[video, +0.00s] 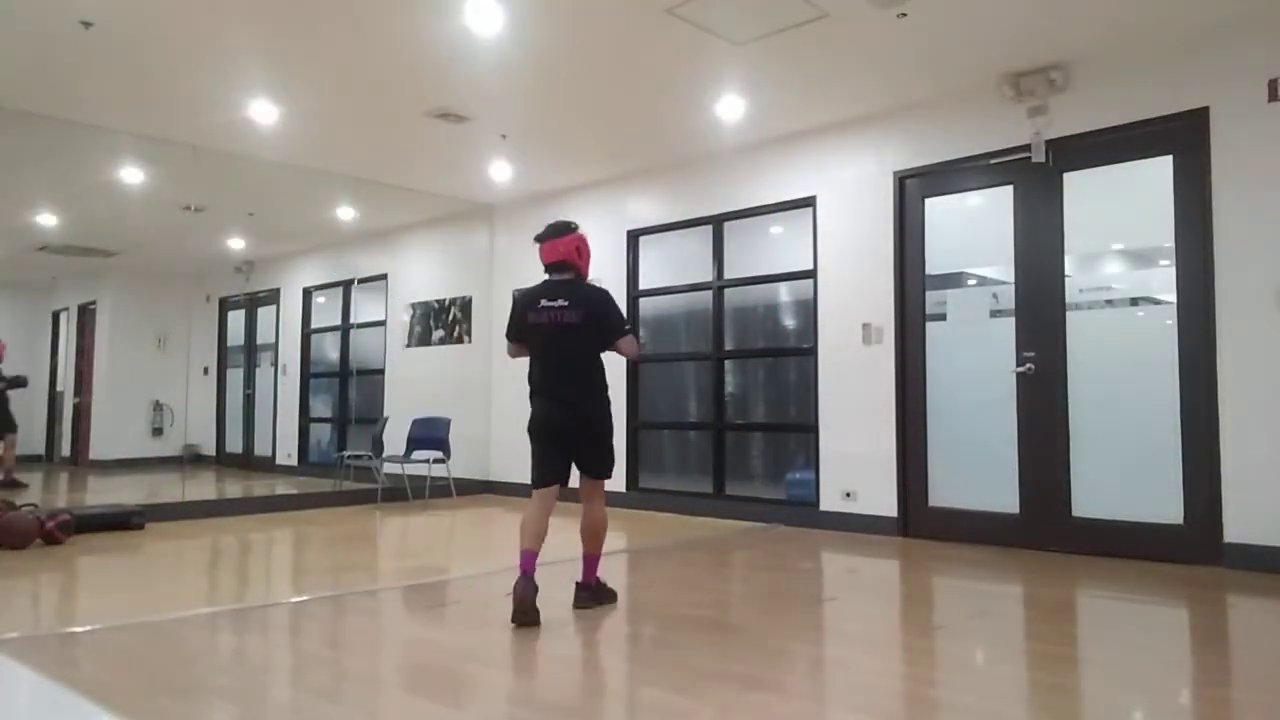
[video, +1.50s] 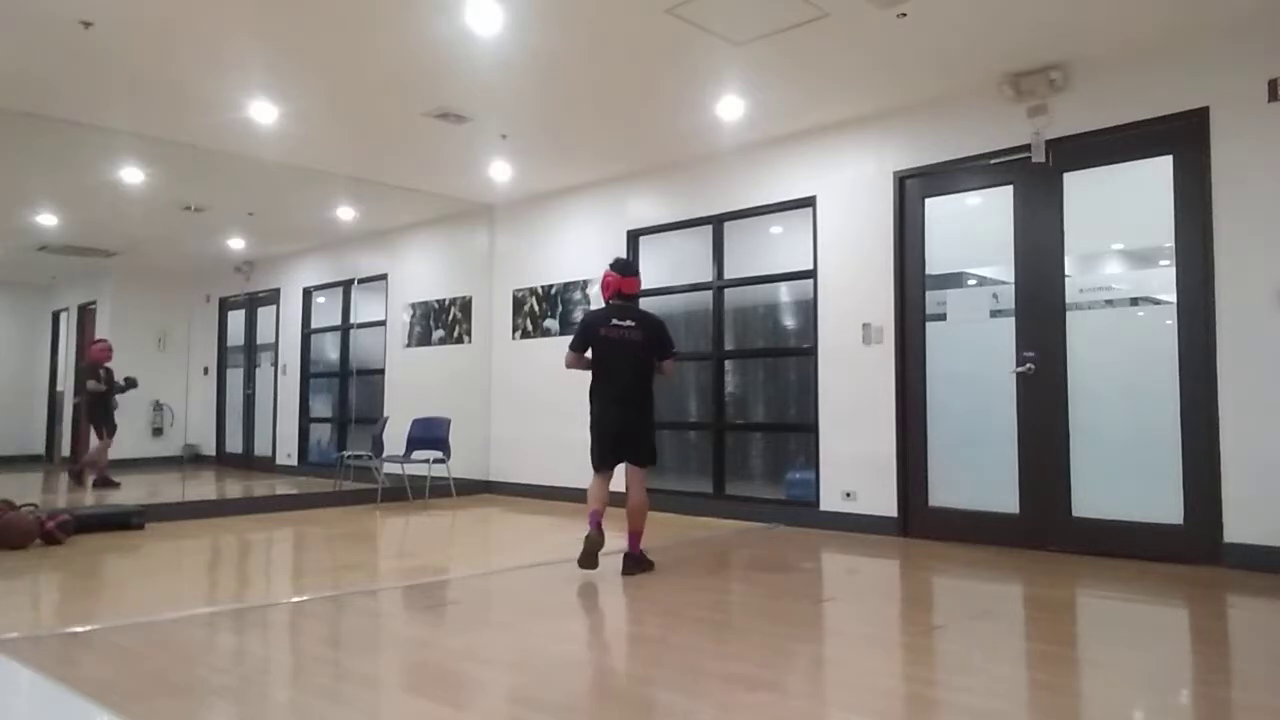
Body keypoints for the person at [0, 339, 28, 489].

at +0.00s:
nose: (4, 353)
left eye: (4, 350)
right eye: (3, 350)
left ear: (3, 352)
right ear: (2, 352)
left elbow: (2, 381)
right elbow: (3, 383)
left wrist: (13, 381)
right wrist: (14, 382)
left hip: (4, 407)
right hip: (3, 408)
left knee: (10, 435)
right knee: (10, 435)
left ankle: (8, 475)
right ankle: (7, 476)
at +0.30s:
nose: (27, 351)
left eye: (27, 348)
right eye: (24, 348)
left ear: (17, 351)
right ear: (17, 350)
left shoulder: (24, 368)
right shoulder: (7, 367)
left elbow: (27, 382)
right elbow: (6, 386)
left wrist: (37, 379)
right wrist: (26, 382)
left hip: (22, 407)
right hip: (11, 408)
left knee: (17, 440)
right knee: (25, 439)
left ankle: (10, 476)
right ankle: (12, 476)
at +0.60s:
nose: (48, 353)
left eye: (46, 350)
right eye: (44, 350)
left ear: (35, 354)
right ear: (37, 353)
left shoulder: (48, 370)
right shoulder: (27, 370)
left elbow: (51, 388)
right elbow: (19, 389)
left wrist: (62, 395)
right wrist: (35, 400)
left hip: (46, 411)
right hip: (36, 412)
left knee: (36, 444)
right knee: (49, 444)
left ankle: (12, 475)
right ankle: (49, 478)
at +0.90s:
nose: (70, 351)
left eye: (69, 348)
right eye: (66, 348)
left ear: (62, 351)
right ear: (57, 351)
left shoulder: (67, 367)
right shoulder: (49, 366)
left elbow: (69, 386)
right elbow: (44, 385)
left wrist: (73, 398)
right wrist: (57, 397)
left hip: (67, 407)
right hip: (54, 408)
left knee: (80, 437)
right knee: (54, 442)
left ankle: (64, 467)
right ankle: (50, 475)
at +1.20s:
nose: (89, 356)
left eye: (88, 353)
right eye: (86, 353)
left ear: (81, 355)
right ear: (79, 355)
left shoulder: (85, 371)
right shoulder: (71, 370)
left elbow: (85, 390)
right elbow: (68, 390)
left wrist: (94, 401)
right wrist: (81, 403)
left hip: (86, 410)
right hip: (74, 411)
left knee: (97, 440)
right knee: (67, 444)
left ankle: (101, 476)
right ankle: (49, 477)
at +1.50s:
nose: (107, 354)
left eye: (109, 350)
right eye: (103, 350)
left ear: (111, 352)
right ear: (94, 353)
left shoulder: (108, 371)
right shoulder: (88, 369)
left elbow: (112, 388)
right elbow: (90, 386)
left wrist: (125, 386)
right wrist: (109, 388)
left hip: (106, 408)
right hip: (94, 408)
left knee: (107, 441)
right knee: (104, 441)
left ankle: (102, 475)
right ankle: (79, 468)